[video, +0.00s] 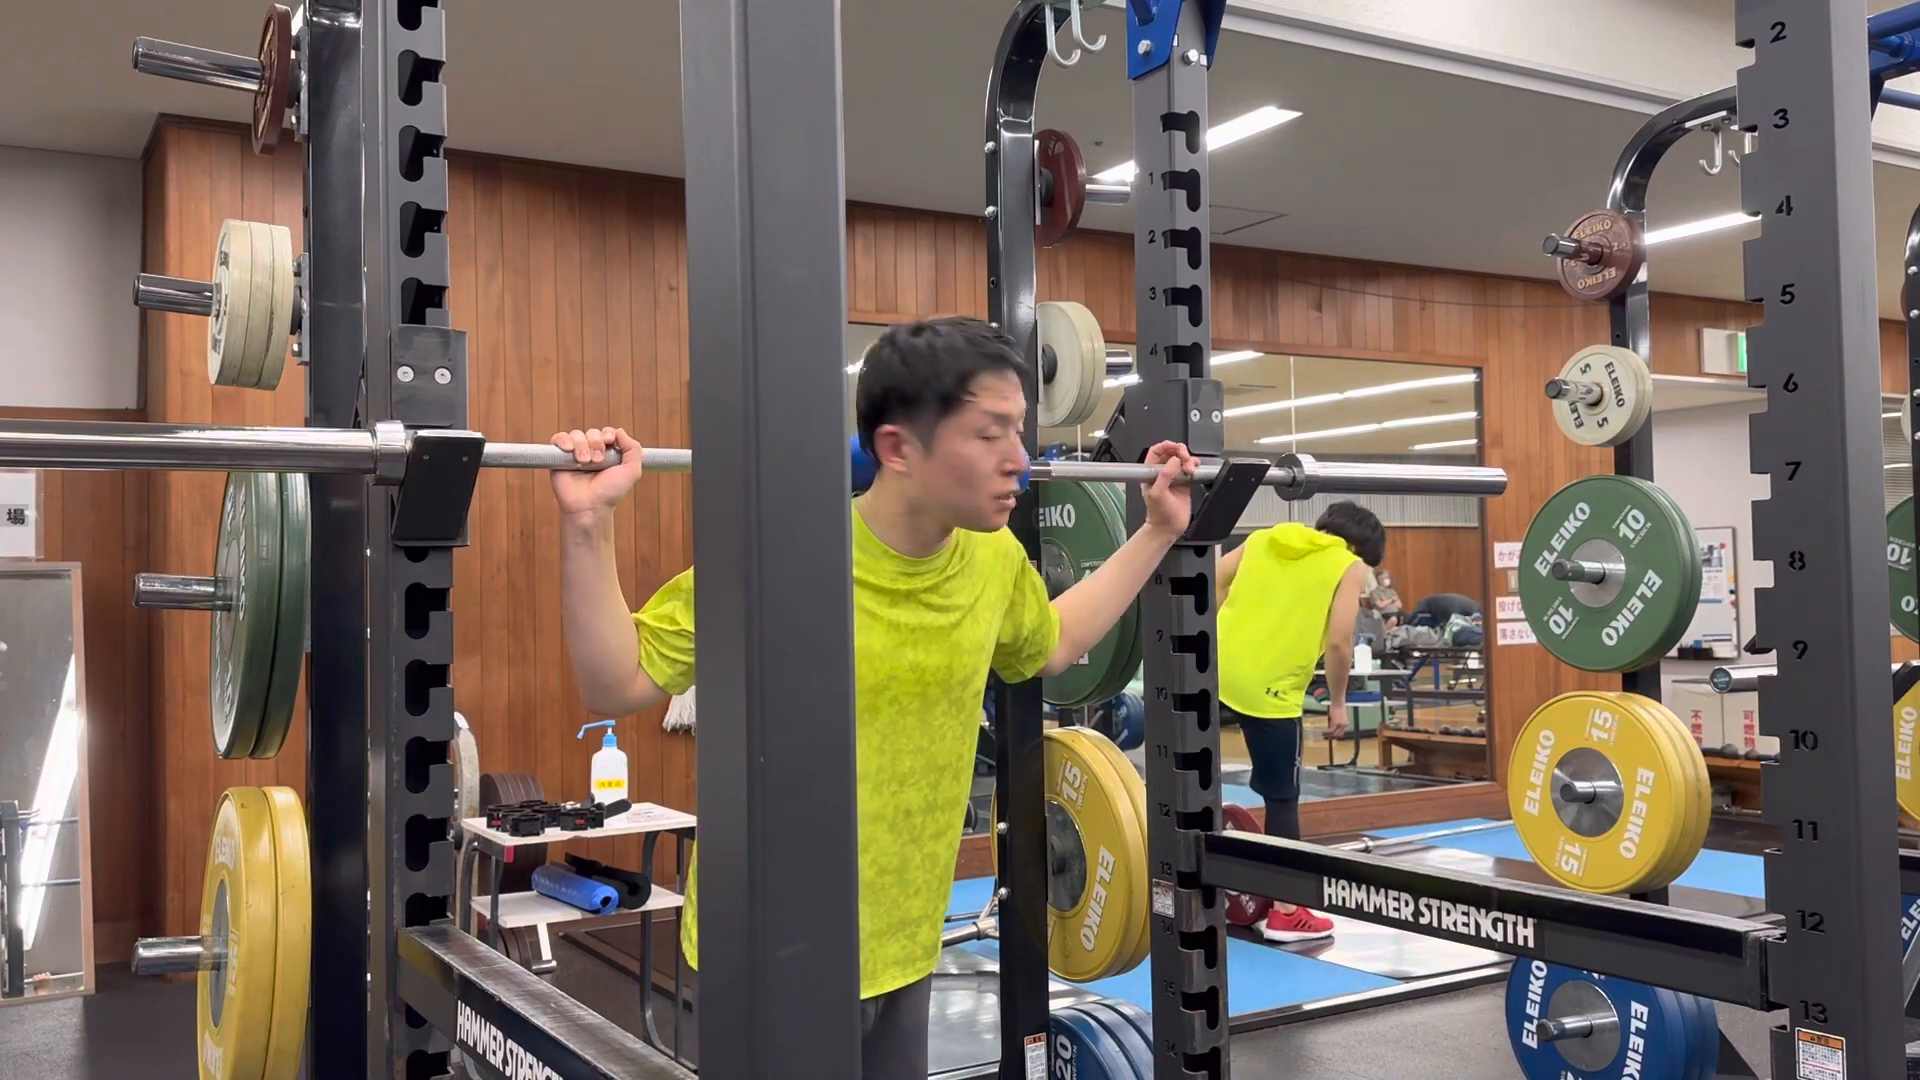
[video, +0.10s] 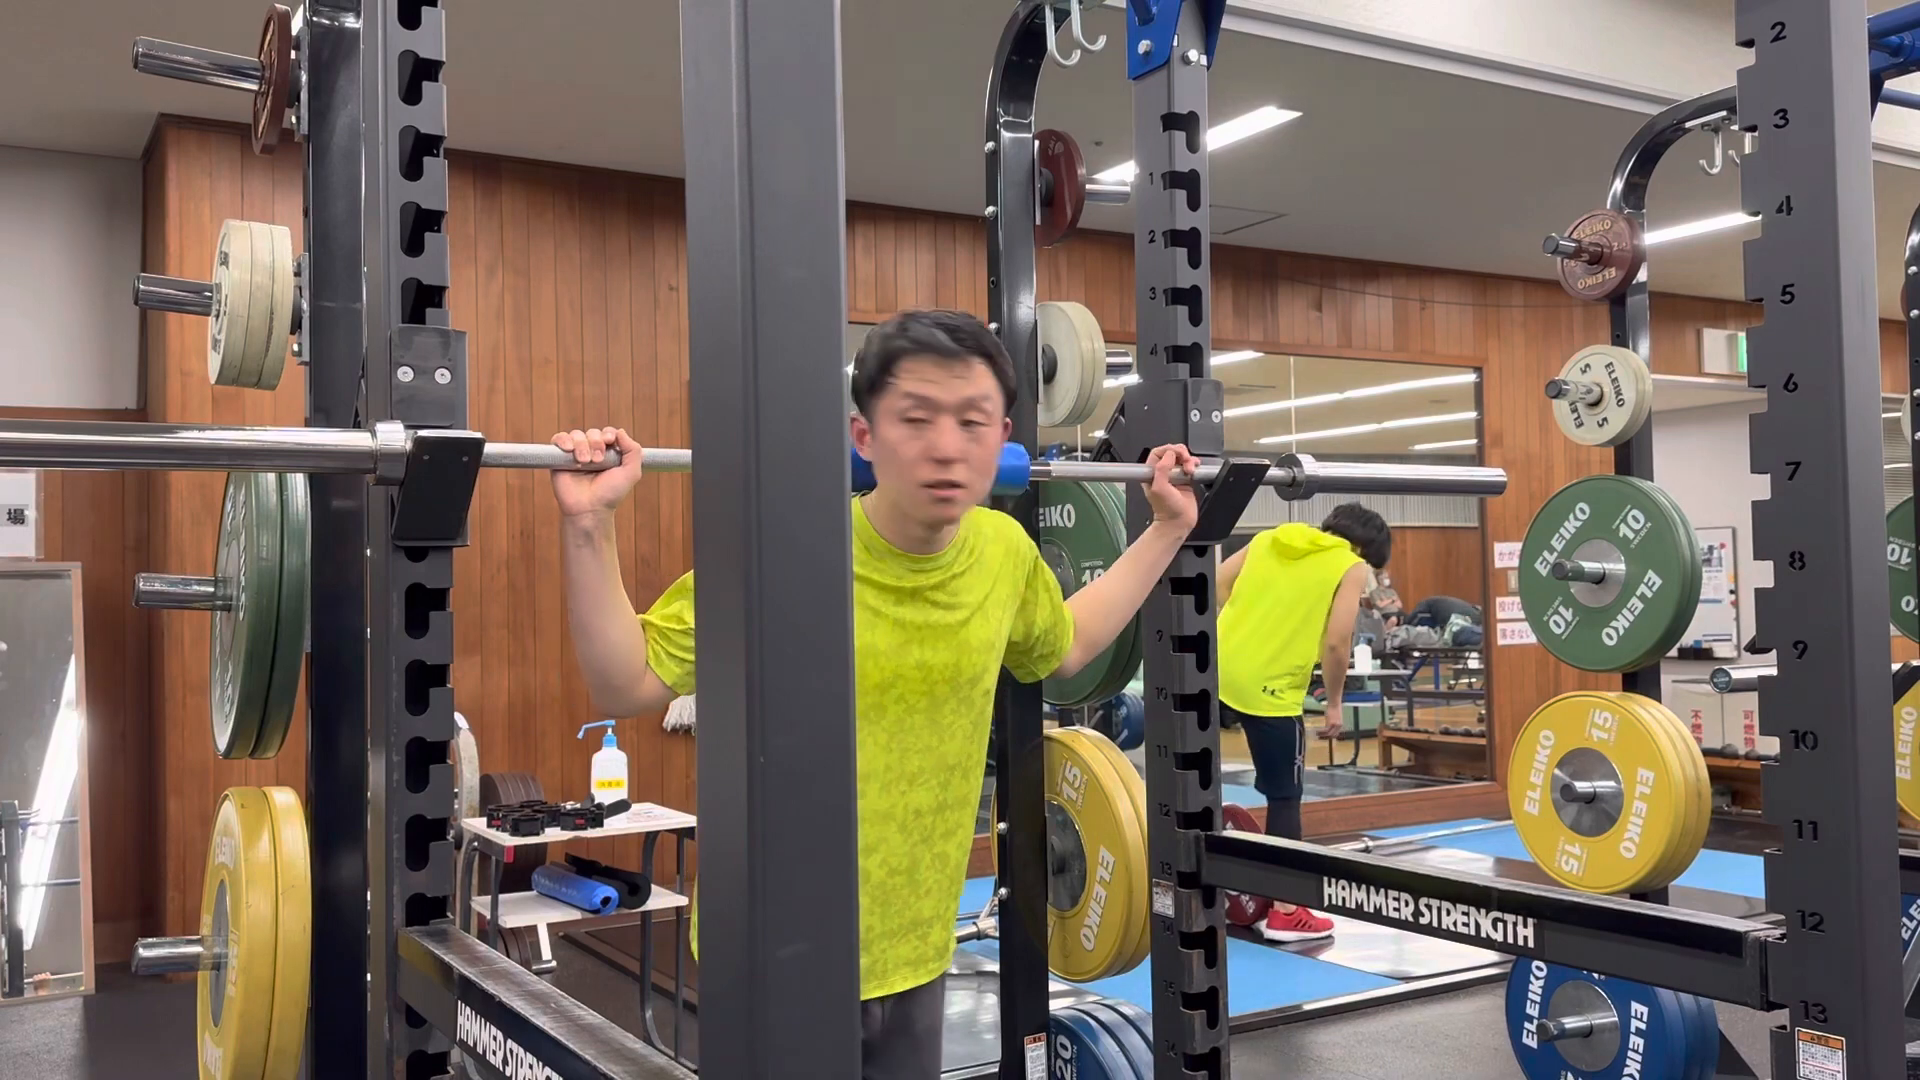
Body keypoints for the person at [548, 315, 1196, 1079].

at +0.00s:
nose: (1020, 461)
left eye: (1019, 434)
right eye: (991, 434)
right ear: (896, 447)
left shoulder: (994, 560)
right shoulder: (785, 559)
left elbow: (1048, 645)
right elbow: (619, 684)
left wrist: (1157, 533)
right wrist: (586, 526)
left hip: (903, 962)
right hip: (770, 970)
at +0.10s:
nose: (948, 449)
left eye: (974, 420)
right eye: (916, 418)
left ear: (1002, 436)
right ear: (863, 435)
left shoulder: (1002, 552)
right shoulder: (788, 549)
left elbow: (1059, 647)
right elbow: (630, 688)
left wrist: (1167, 533)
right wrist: (587, 527)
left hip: (915, 961)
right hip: (777, 966)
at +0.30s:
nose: (848, 425)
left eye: (879, 401)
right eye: (845, 402)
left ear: (970, 428)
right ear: (832, 413)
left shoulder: (1016, 543)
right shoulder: (795, 542)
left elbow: (1071, 644)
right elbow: (648, 687)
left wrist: (1173, 530)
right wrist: (586, 540)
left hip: (952, 974)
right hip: (798, 973)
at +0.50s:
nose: (856, 423)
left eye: (890, 397)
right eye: (850, 397)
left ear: (980, 425)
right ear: (839, 411)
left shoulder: (1028, 538)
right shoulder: (815, 545)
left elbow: (1073, 638)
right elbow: (665, 684)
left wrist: (1175, 530)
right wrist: (584, 544)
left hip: (968, 967)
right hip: (811, 966)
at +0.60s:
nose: (866, 424)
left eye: (900, 400)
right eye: (861, 399)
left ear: (989, 423)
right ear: (849, 411)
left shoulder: (1035, 536)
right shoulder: (819, 540)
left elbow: (1080, 637)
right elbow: (670, 683)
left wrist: (1178, 529)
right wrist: (599, 543)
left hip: (976, 964)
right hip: (824, 964)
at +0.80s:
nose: (974, 428)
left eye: (998, 402)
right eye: (944, 400)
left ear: (1023, 424)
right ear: (886, 423)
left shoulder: (1031, 533)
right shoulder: (818, 543)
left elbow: (1072, 637)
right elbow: (657, 671)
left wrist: (1170, 529)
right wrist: (601, 526)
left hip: (992, 950)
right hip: (846, 962)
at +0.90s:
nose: (988, 439)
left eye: (1007, 412)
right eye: (956, 410)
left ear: (1027, 426)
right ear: (891, 424)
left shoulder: (1028, 534)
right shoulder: (818, 543)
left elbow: (1069, 635)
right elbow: (656, 674)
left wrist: (1164, 528)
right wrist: (600, 523)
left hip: (989, 949)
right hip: (848, 963)